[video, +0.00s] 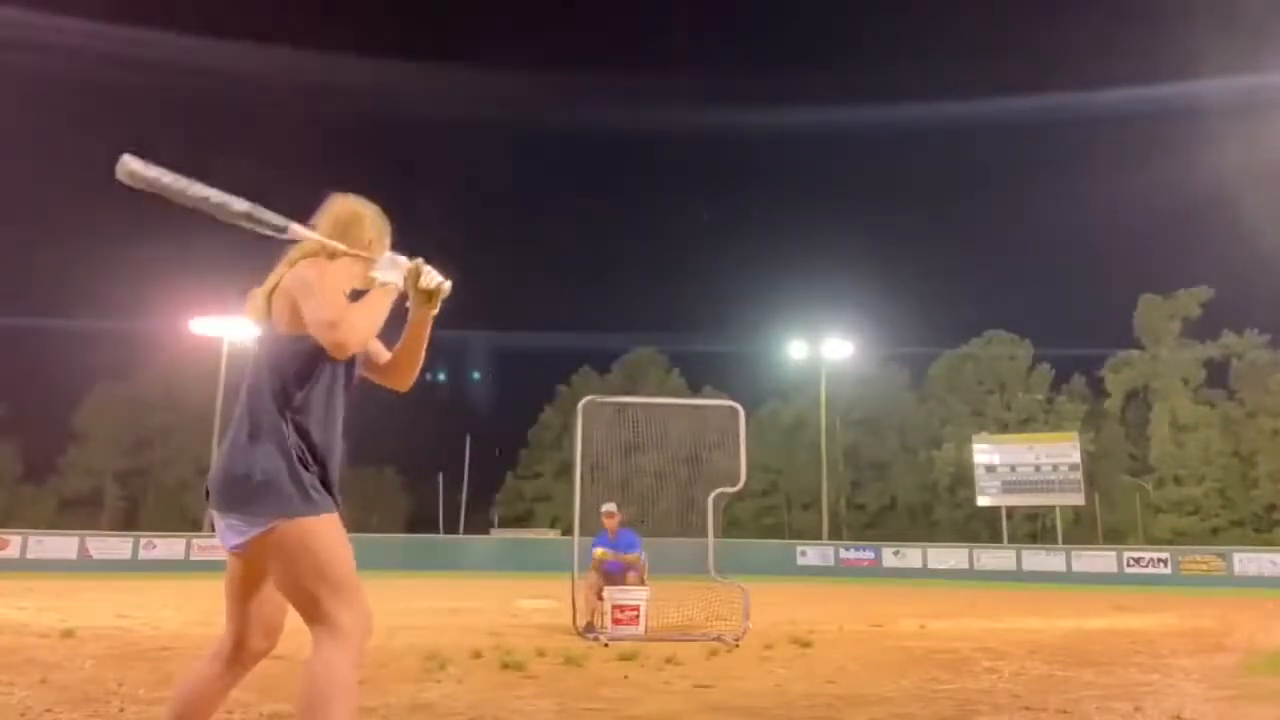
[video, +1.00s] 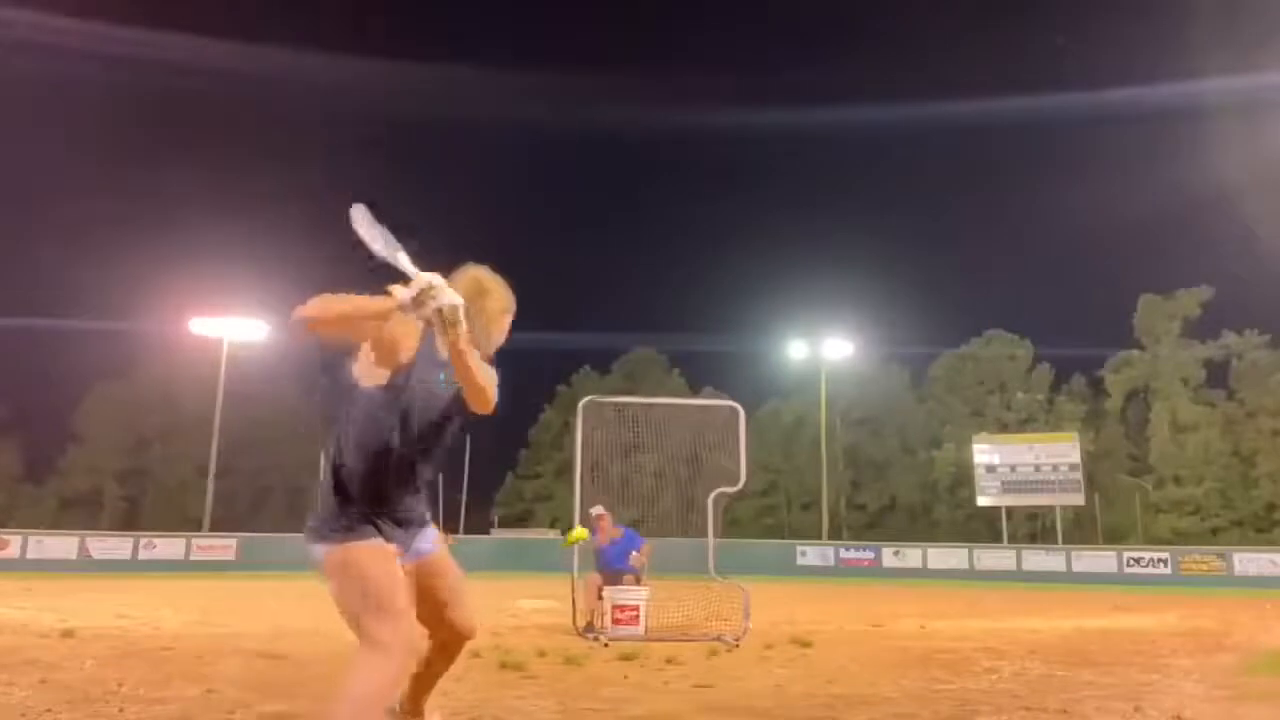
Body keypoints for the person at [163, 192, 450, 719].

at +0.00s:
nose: (378, 263)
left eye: (380, 257)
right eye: (376, 253)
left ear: (322, 236)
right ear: (360, 245)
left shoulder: (325, 297)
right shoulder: (315, 271)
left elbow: (398, 375)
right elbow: (342, 336)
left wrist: (423, 314)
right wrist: (390, 286)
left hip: (248, 475)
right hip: (274, 474)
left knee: (248, 639)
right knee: (345, 625)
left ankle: (176, 713)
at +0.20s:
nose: (398, 266)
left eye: (401, 258)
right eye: (398, 255)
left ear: (343, 234)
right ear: (388, 247)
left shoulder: (338, 292)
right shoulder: (336, 269)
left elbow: (413, 379)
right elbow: (353, 337)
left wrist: (445, 319)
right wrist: (411, 293)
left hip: (261, 476)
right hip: (286, 477)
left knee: (248, 638)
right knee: (351, 630)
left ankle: (176, 714)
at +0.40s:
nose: (426, 281)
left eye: (429, 272)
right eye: (427, 267)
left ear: (390, 240)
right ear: (411, 248)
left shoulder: (377, 309)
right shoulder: (353, 268)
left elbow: (424, 391)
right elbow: (365, 333)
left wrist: (470, 348)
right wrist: (445, 309)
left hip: (307, 477)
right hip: (293, 475)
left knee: (332, 634)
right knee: (369, 630)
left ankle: (242, 712)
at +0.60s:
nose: (457, 283)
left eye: (459, 273)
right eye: (458, 271)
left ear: (415, 257)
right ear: (442, 263)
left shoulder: (413, 316)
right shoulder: (367, 275)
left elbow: (428, 401)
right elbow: (341, 336)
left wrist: (462, 365)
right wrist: (437, 322)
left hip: (346, 486)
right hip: (299, 489)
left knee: (424, 591)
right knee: (372, 632)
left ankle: (339, 703)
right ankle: (329, 715)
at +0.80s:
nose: (473, 307)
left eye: (476, 299)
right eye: (472, 296)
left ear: (458, 292)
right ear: (450, 285)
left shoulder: (442, 333)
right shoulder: (387, 294)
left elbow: (456, 408)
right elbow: (321, 337)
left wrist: (459, 361)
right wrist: (413, 317)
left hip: (374, 493)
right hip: (316, 500)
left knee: (465, 587)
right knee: (389, 637)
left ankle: (414, 708)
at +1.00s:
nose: (509, 333)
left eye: (510, 322)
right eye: (506, 319)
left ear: (474, 317)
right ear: (481, 312)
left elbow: (484, 403)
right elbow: (308, 317)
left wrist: (453, 334)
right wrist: (396, 302)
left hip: (412, 524)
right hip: (349, 523)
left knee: (457, 627)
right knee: (394, 641)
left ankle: (411, 704)